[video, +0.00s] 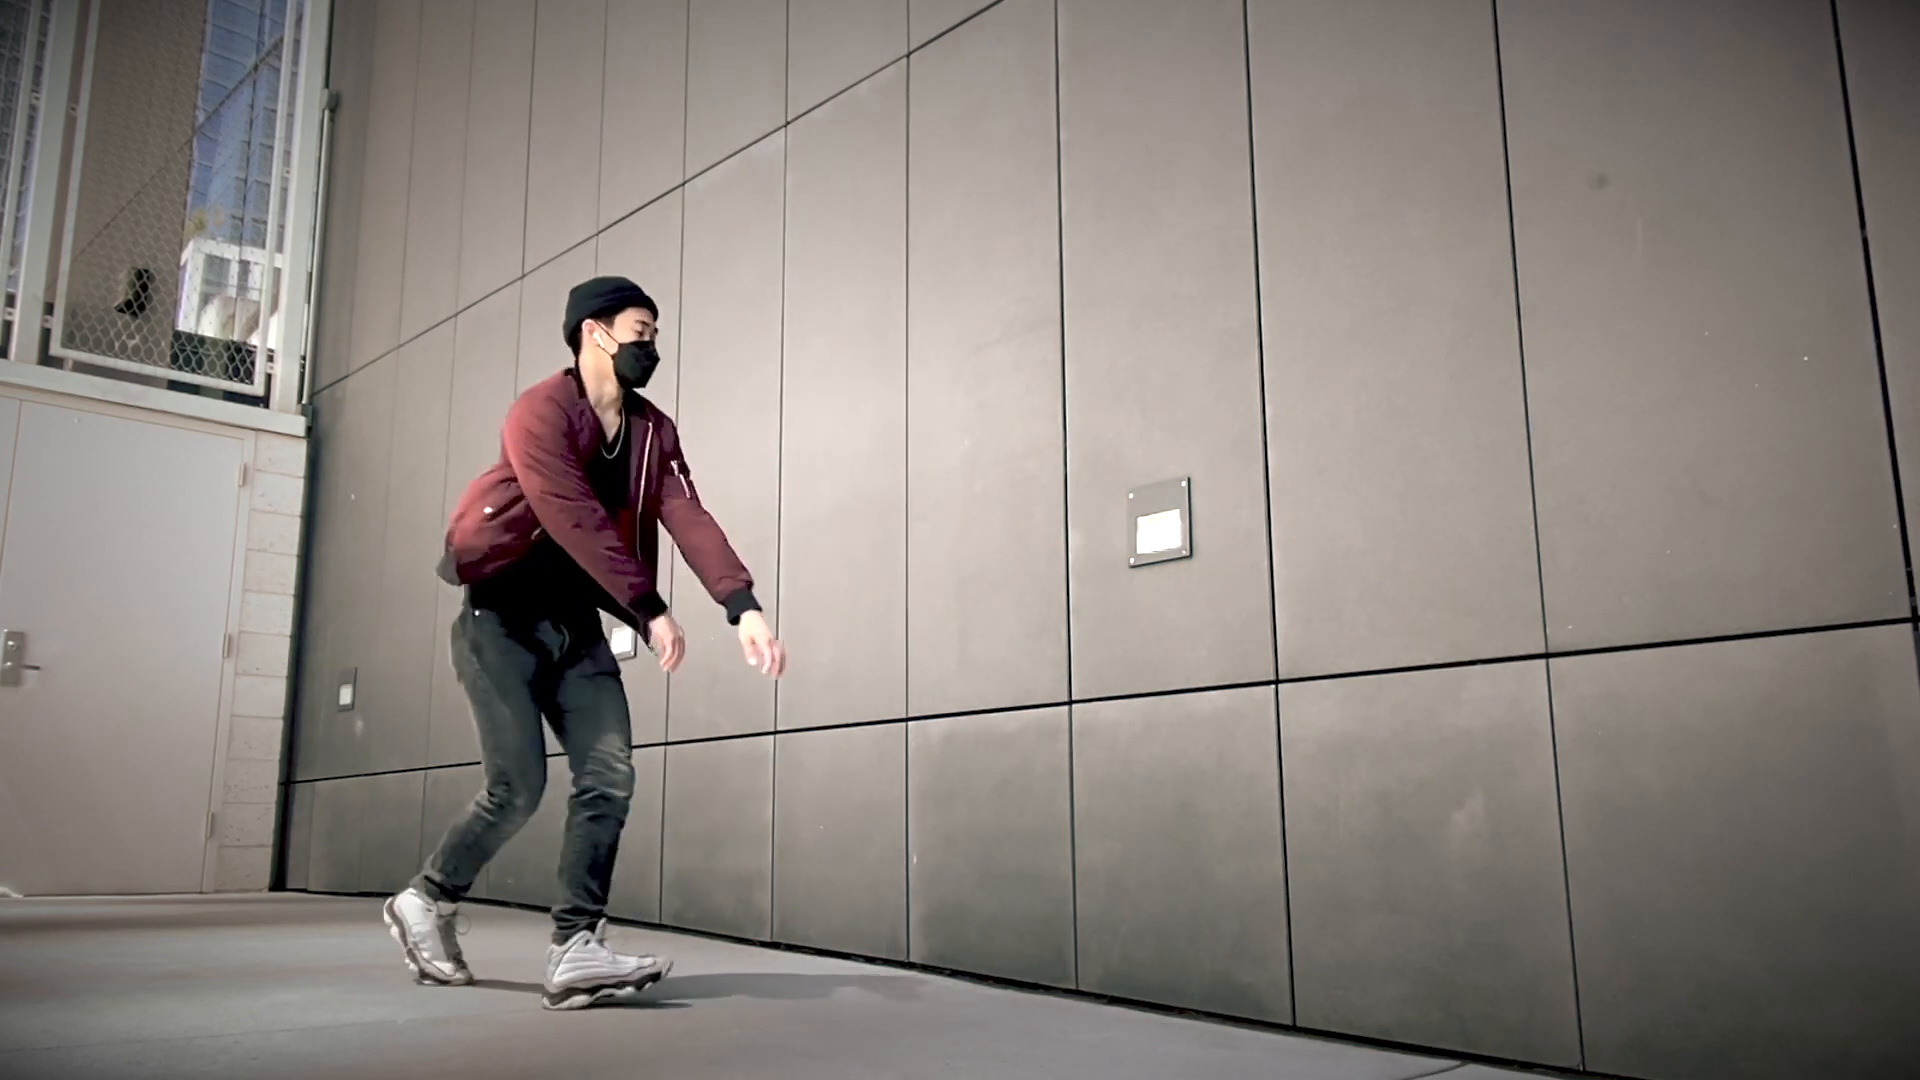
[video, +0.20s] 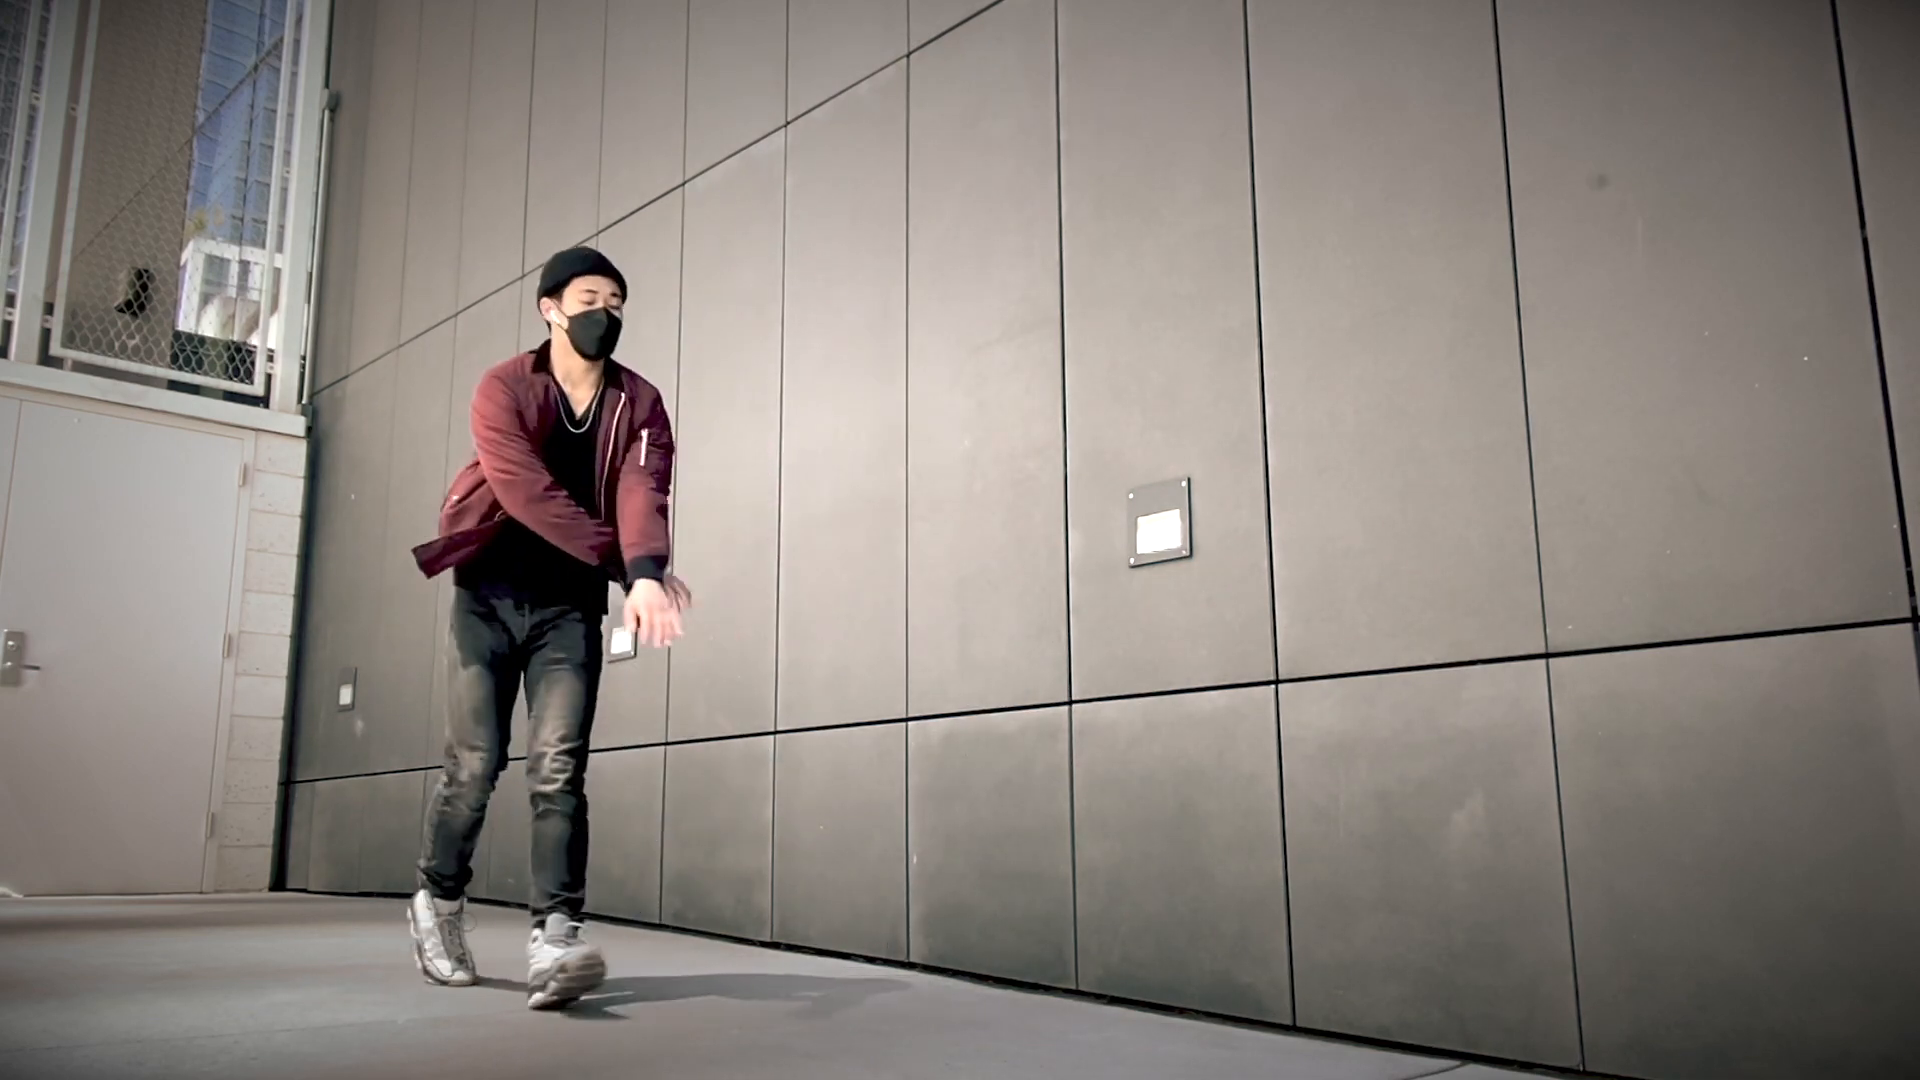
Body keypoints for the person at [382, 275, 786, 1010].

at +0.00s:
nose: (653, 346)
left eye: (656, 336)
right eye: (639, 332)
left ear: (644, 346)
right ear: (591, 335)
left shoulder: (653, 431)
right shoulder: (541, 411)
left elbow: (687, 517)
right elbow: (568, 514)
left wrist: (744, 605)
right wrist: (647, 606)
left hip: (577, 628)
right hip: (499, 618)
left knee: (607, 778)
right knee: (516, 787)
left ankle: (575, 948)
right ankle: (423, 902)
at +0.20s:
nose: (604, 309)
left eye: (614, 302)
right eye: (587, 298)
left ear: (623, 317)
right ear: (550, 310)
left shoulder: (641, 402)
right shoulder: (503, 387)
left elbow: (644, 493)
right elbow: (525, 494)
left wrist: (647, 577)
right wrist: (623, 563)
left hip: (572, 602)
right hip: (487, 595)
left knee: (560, 769)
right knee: (474, 765)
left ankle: (556, 941)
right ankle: (437, 908)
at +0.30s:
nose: (573, 291)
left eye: (587, 282)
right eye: (556, 281)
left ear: (606, 303)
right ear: (529, 299)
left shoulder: (631, 390)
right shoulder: (487, 379)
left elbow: (616, 476)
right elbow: (499, 479)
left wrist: (581, 555)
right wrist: (600, 546)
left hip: (568, 599)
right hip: (487, 589)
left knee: (538, 765)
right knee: (460, 762)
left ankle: (541, 939)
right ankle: (441, 908)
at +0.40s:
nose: (541, 285)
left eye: (558, 274)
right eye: (527, 275)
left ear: (586, 291)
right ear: (510, 293)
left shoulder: (618, 380)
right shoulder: (478, 378)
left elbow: (576, 460)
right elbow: (477, 476)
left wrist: (500, 527)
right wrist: (562, 531)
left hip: (562, 597)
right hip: (483, 590)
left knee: (531, 770)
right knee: (445, 762)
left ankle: (536, 946)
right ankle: (461, 903)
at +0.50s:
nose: (511, 281)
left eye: (527, 267)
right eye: (500, 270)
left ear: (567, 280)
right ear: (491, 286)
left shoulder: (598, 367)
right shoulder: (477, 371)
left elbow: (540, 447)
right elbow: (458, 465)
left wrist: (423, 504)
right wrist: (496, 527)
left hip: (564, 589)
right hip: (496, 586)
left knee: (522, 769)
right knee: (461, 764)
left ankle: (528, 951)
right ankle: (482, 912)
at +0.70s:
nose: (472, 283)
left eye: (483, 268)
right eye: (468, 272)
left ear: (534, 269)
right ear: (502, 278)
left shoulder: (560, 347)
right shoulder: (485, 369)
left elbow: (495, 441)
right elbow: (451, 455)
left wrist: (395, 454)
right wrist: (396, 511)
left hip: (557, 585)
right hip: (526, 585)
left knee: (463, 749)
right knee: (521, 749)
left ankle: (492, 928)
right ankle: (563, 910)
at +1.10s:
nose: (486, 292)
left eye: (496, 275)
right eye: (484, 279)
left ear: (545, 275)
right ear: (537, 282)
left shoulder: (566, 333)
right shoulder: (523, 367)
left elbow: (583, 397)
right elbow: (472, 450)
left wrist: (507, 454)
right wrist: (393, 473)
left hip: (559, 594)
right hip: (590, 599)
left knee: (427, 745)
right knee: (569, 778)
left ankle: (482, 919)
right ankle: (687, 912)